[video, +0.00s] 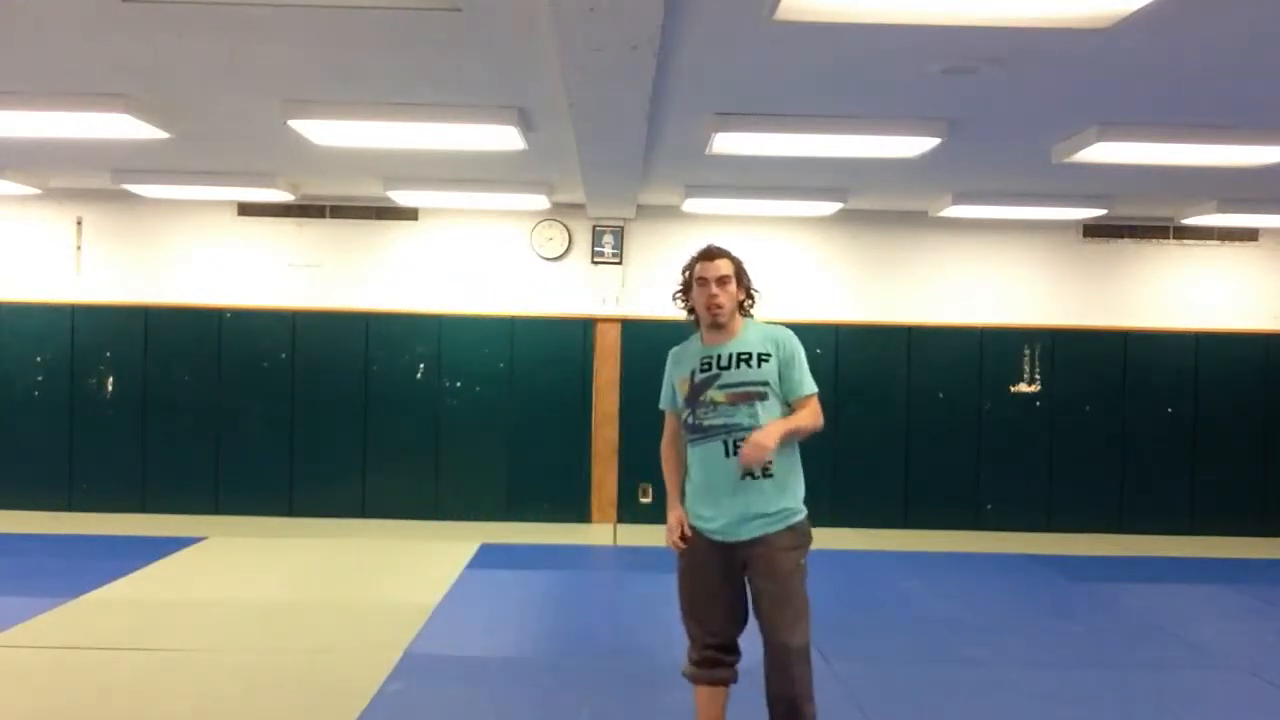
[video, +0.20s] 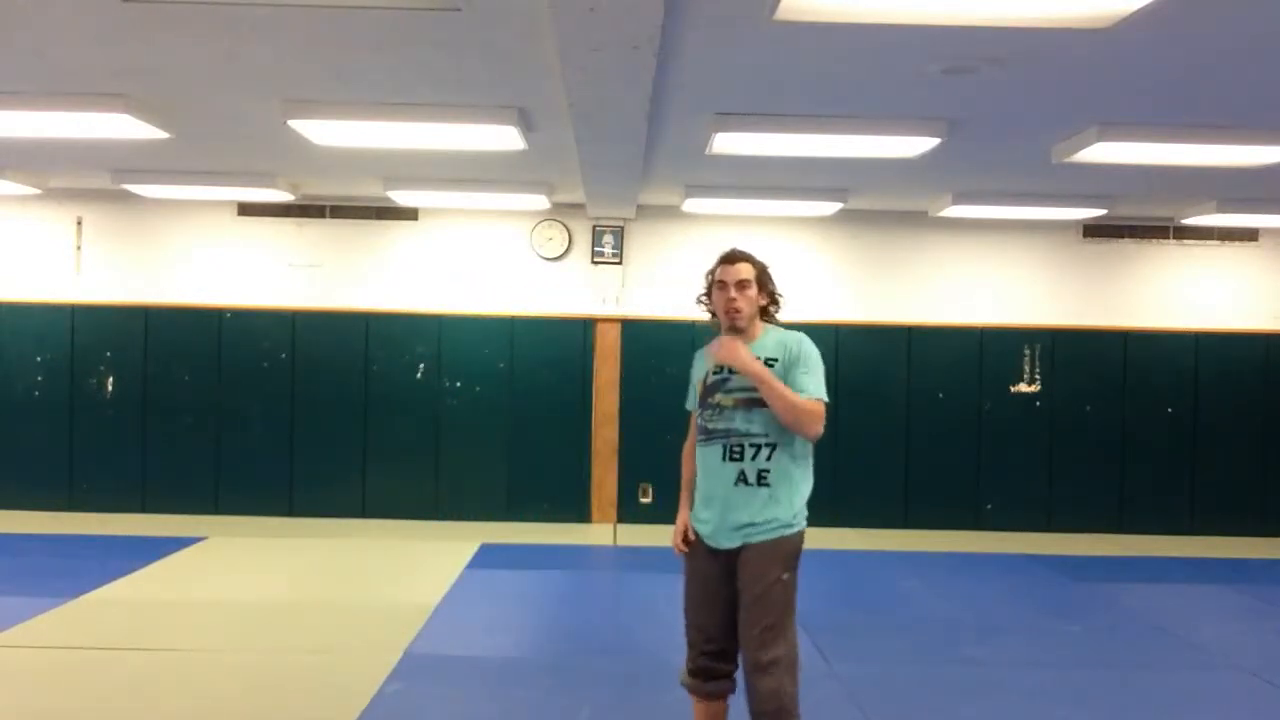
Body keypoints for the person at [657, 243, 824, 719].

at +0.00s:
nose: (713, 292)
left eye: (723, 281)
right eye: (702, 284)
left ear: (741, 290)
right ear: (690, 296)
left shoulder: (779, 341)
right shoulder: (680, 357)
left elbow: (811, 414)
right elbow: (672, 435)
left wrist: (774, 431)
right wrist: (674, 502)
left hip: (775, 523)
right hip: (703, 527)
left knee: (789, 648)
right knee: (709, 655)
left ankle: (794, 718)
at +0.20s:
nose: (732, 297)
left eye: (743, 286)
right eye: (722, 288)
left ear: (763, 295)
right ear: (711, 299)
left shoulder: (796, 347)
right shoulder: (705, 358)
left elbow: (812, 423)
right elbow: (695, 436)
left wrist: (750, 366)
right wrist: (685, 507)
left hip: (772, 525)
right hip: (707, 524)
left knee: (766, 658)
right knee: (706, 660)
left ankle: (774, 717)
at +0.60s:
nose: (747, 291)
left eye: (759, 281)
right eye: (737, 282)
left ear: (777, 293)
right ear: (725, 295)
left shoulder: (810, 343)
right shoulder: (722, 361)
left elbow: (846, 419)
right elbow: (719, 440)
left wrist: (777, 398)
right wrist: (717, 515)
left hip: (807, 526)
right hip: (743, 528)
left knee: (794, 659)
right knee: (756, 660)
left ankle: (797, 717)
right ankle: (761, 715)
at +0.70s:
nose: (754, 287)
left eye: (765, 278)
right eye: (743, 278)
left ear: (783, 289)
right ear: (731, 293)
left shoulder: (816, 338)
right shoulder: (726, 360)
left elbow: (859, 413)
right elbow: (733, 439)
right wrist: (728, 509)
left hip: (815, 528)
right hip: (749, 531)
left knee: (810, 671)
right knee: (762, 672)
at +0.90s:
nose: (780, 288)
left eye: (791, 279)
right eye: (770, 279)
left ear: (806, 290)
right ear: (753, 292)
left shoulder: (841, 348)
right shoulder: (741, 361)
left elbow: (881, 426)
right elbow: (739, 439)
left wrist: (876, 508)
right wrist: (734, 505)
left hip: (835, 535)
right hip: (763, 535)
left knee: (850, 668)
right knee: (766, 668)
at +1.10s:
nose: (829, 288)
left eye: (839, 280)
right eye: (817, 278)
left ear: (851, 293)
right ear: (796, 291)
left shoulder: (880, 355)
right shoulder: (770, 360)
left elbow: (911, 430)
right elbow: (751, 436)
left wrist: (903, 505)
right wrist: (745, 506)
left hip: (861, 535)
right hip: (783, 536)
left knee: (903, 671)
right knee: (776, 669)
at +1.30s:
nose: (900, 299)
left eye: (909, 290)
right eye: (887, 290)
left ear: (919, 303)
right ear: (863, 302)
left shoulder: (943, 370)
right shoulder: (826, 368)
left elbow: (958, 443)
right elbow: (786, 441)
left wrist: (957, 504)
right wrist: (795, 509)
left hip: (910, 548)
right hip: (828, 547)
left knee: (950, 676)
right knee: (794, 677)